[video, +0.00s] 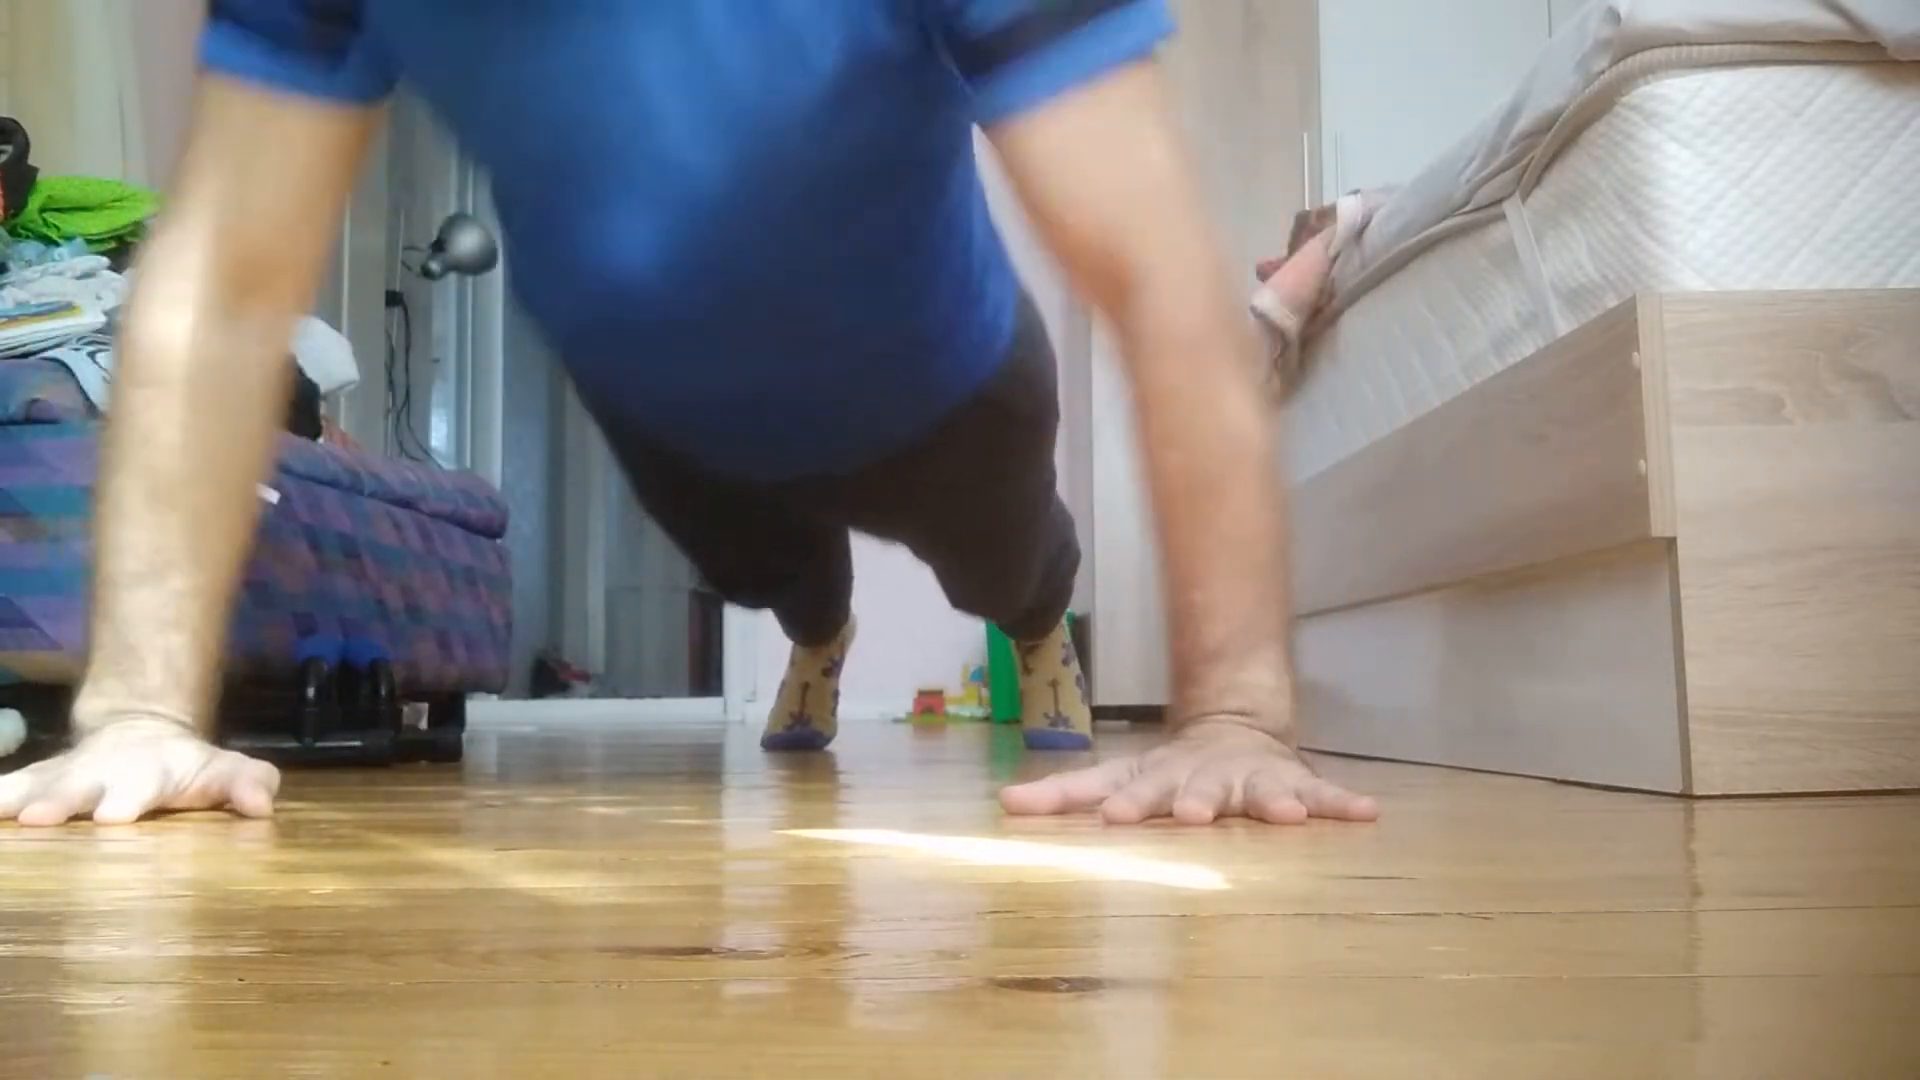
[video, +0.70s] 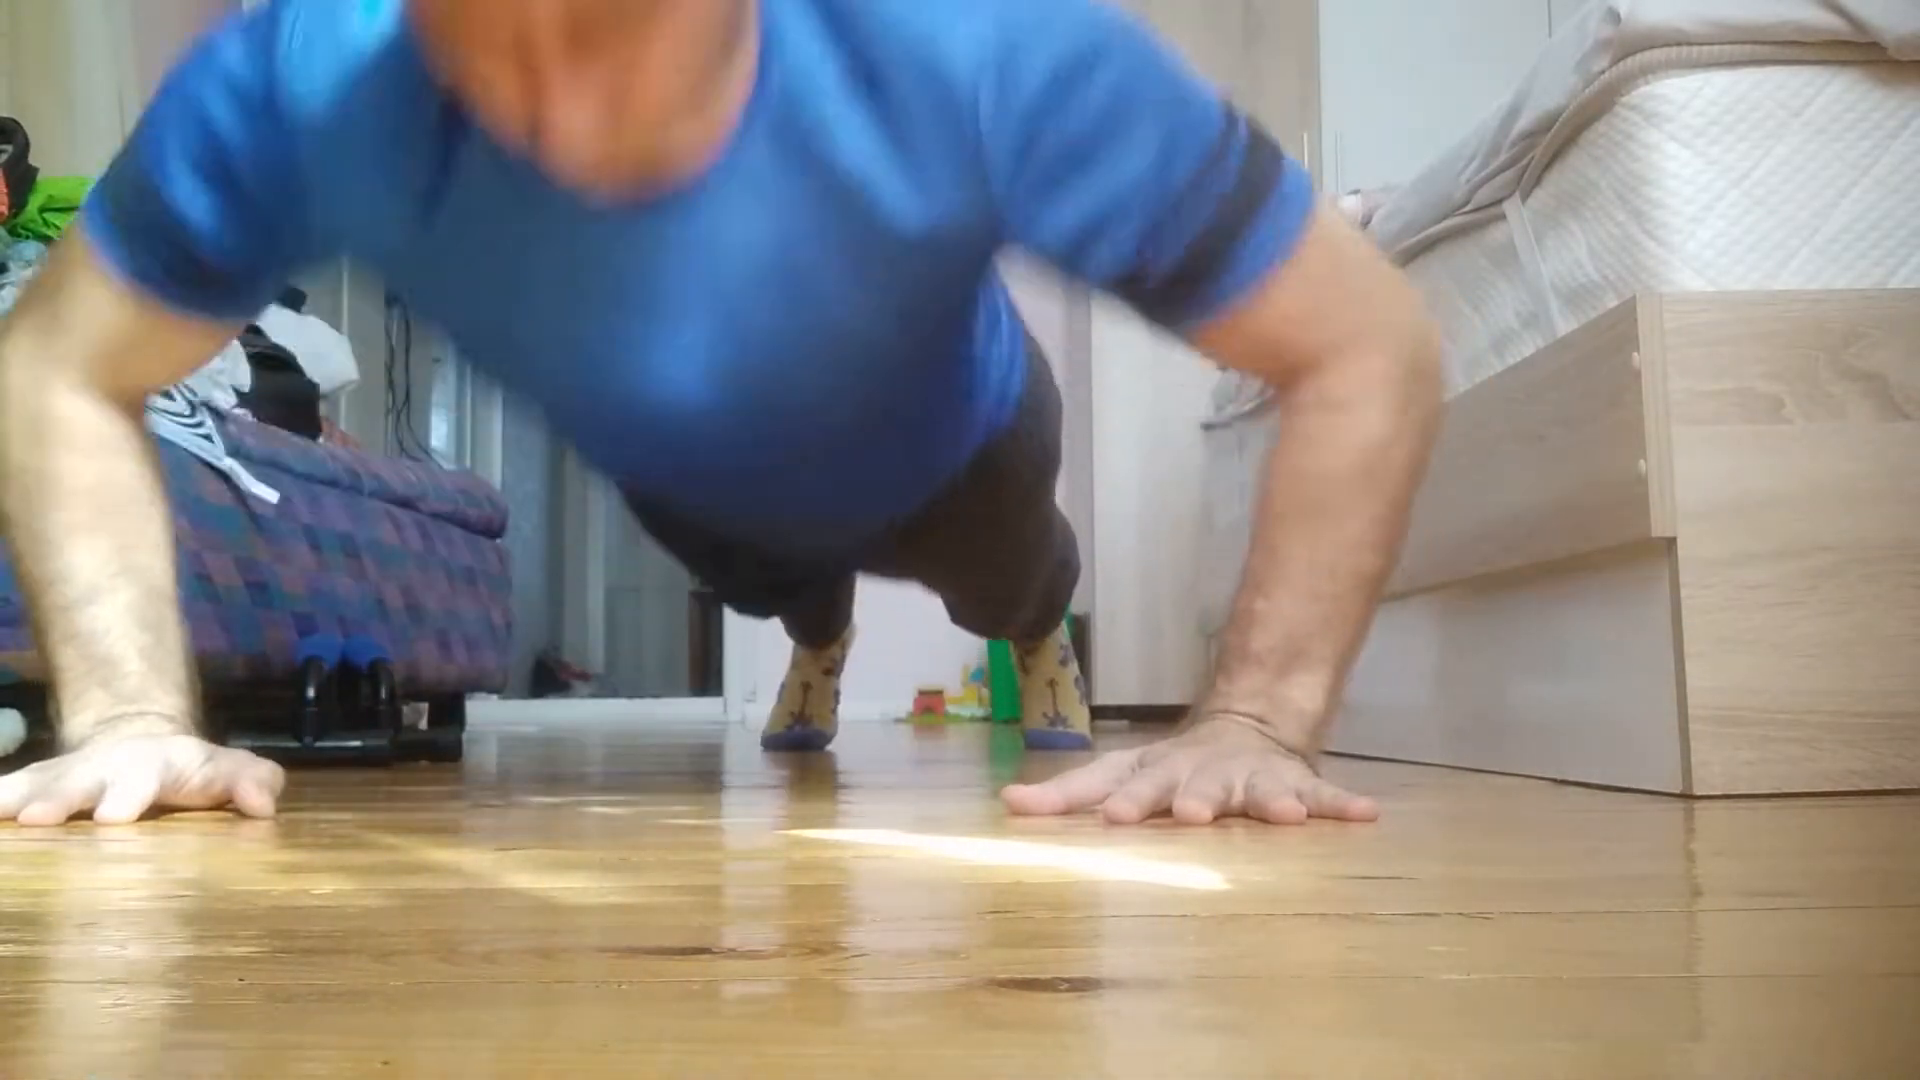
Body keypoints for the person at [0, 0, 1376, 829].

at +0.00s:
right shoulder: (343, 10)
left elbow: (1171, 278)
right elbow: (218, 284)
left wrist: (1240, 707)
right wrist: (146, 711)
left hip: (927, 391)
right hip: (675, 434)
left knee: (1005, 562)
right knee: (777, 568)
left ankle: (1019, 617)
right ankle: (819, 641)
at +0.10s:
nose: (508, 93)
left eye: (557, 34)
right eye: (461, 43)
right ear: (405, 11)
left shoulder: (934, 21)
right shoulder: (300, 39)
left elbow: (1305, 311)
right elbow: (95, 349)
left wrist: (1246, 720)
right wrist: (137, 720)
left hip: (941, 486)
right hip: (691, 533)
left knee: (1001, 611)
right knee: (788, 611)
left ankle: (1007, 651)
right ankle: (816, 654)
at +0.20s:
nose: (487, 504)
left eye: (541, 408)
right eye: (413, 435)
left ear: (697, 202)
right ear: (304, 293)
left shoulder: (931, 215)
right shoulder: (240, 263)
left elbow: (1351, 350)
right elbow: (49, 390)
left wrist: (1247, 718)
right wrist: (134, 714)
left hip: (972, 641)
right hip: (664, 645)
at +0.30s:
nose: (481, 773)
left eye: (543, 670)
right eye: (394, 696)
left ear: (700, 452)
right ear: (276, 536)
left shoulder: (938, 401)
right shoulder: (235, 386)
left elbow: (1349, 341)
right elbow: (30, 372)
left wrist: (1248, 723)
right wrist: (124, 715)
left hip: (948, 704)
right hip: (640, 730)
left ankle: (1025, 682)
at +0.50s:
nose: (483, 618)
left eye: (547, 533)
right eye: (396, 548)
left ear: (713, 344)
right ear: (311, 420)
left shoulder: (960, 352)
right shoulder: (229, 349)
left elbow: (1411, 353)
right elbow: (23, 380)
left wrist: (1265, 721)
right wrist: (121, 712)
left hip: (936, 596)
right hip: (682, 627)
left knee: (1009, 620)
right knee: (788, 678)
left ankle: (1035, 659)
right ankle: (806, 713)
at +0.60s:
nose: (518, 360)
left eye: (584, 276)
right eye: (448, 287)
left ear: (743, 118)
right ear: (355, 191)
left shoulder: (967, 206)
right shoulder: (260, 237)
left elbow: (1419, 358)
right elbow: (19, 396)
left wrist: (1263, 722)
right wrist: (132, 715)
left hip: (950, 518)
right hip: (712, 546)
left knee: (1011, 611)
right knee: (786, 604)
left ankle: (1034, 646)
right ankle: (818, 659)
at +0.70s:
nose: (563, 99)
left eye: (616, 34)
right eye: (505, 44)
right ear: (431, 15)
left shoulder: (971, 56)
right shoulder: (315, 89)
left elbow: (1375, 346)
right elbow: (60, 368)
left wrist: (1263, 720)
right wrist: (136, 718)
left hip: (938, 453)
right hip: (697, 497)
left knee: (1009, 587)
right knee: (785, 593)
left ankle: (1027, 634)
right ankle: (817, 650)